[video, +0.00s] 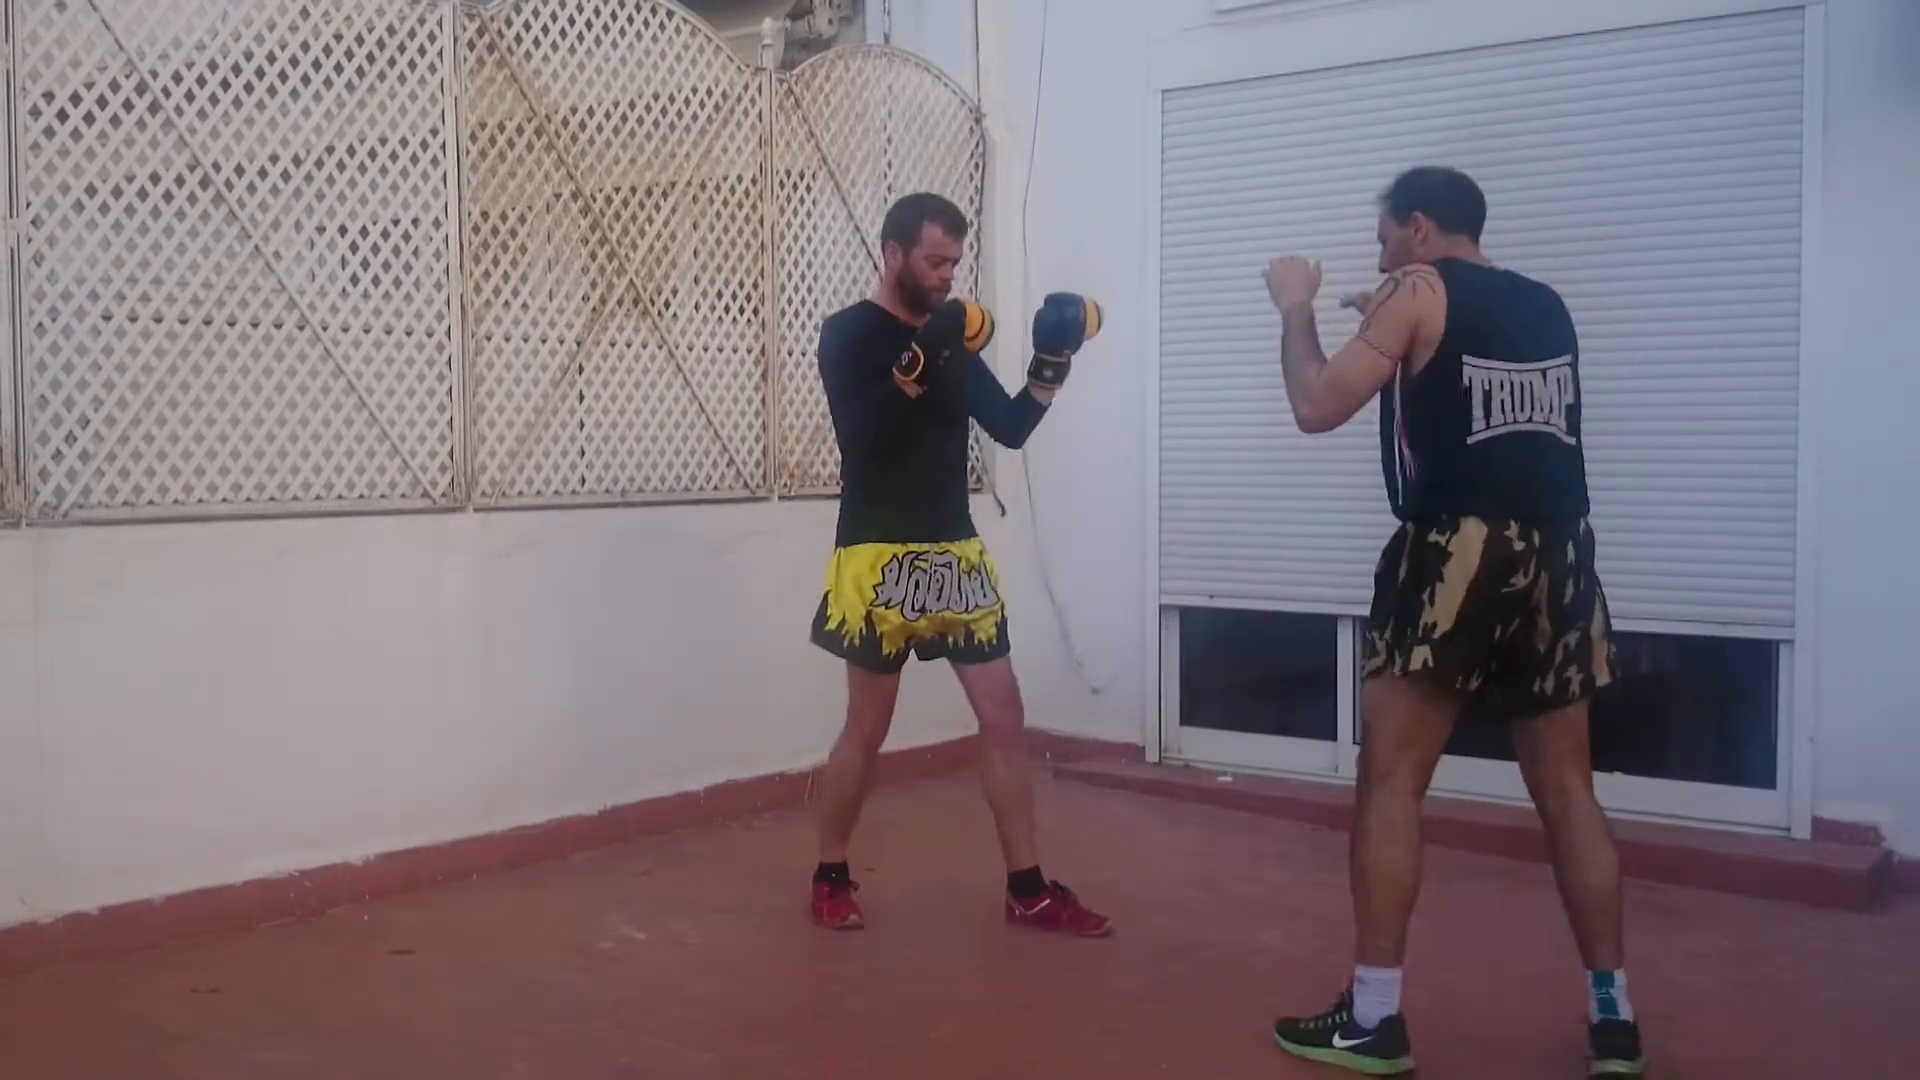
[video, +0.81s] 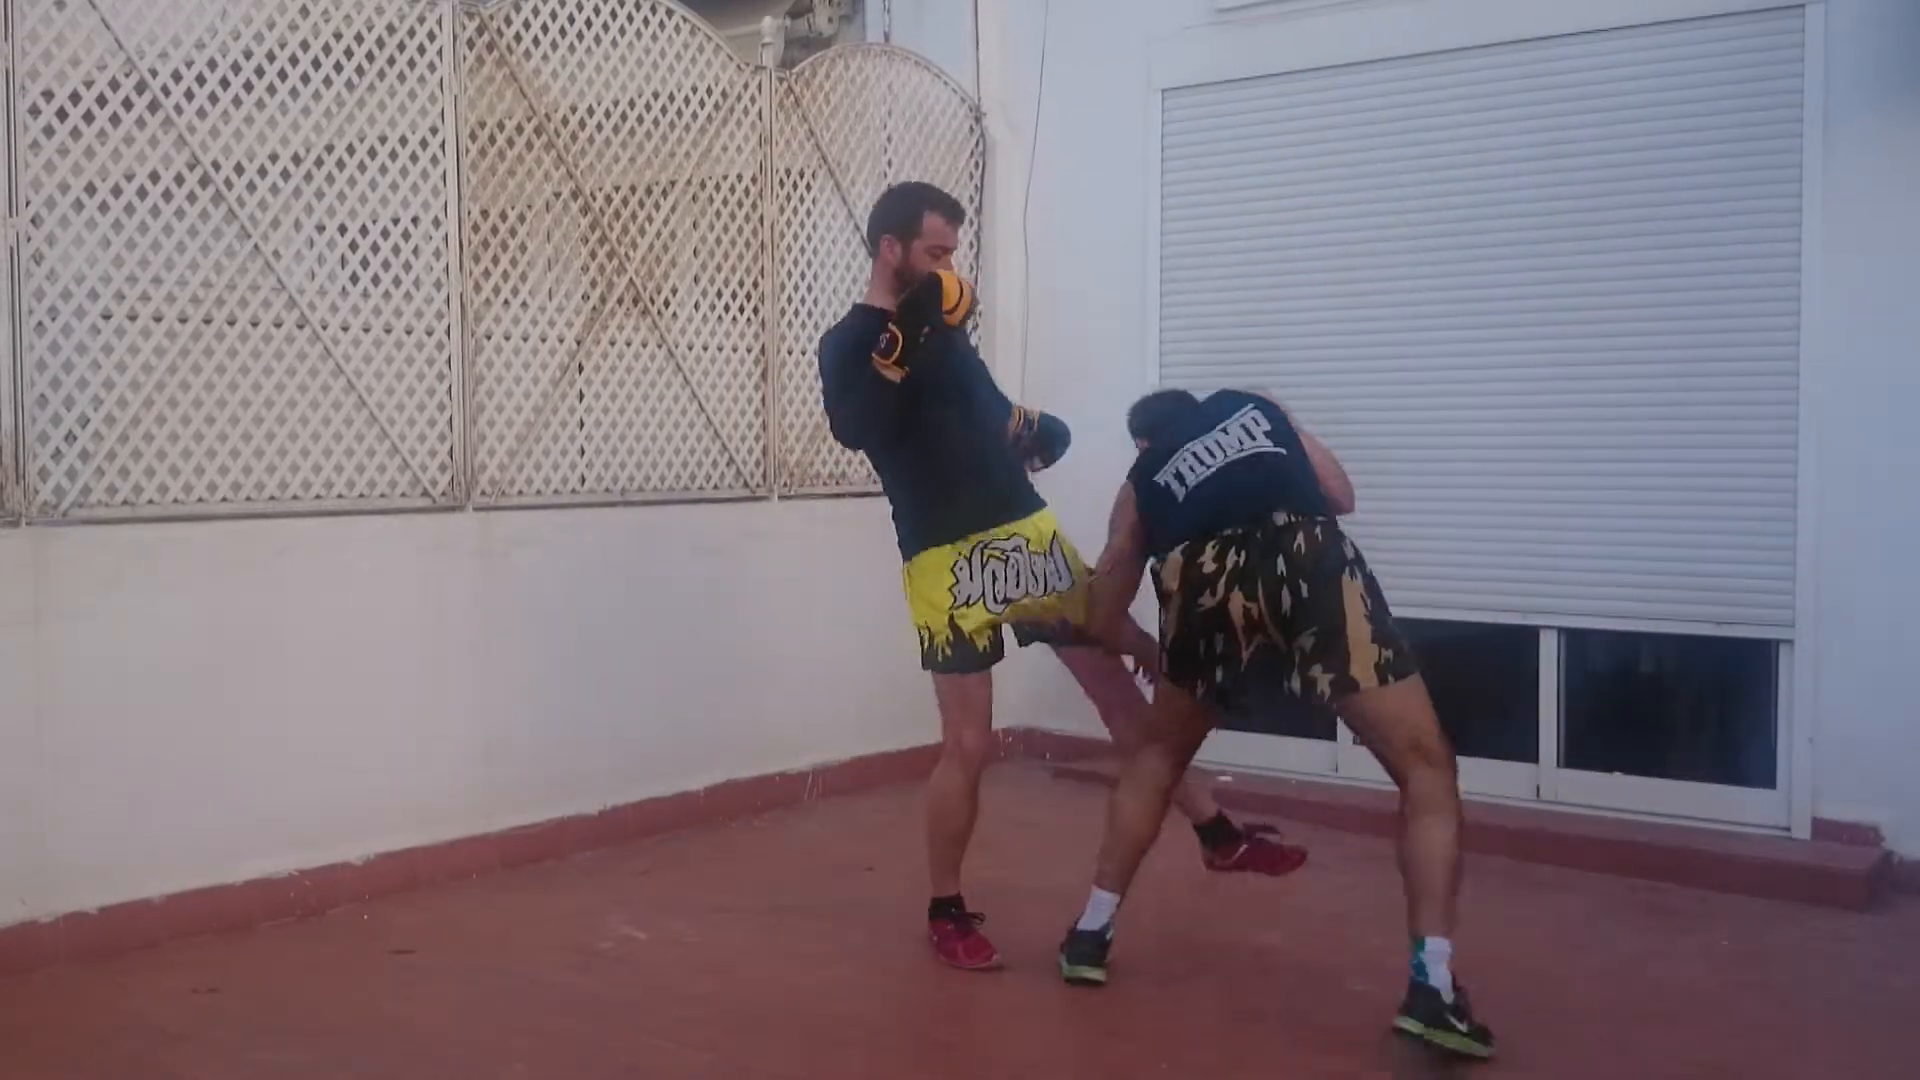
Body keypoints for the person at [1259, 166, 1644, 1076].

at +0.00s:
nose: (1386, 257)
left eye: (1387, 241)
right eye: (1383, 244)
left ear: (1417, 228)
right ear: (1472, 229)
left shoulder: (1417, 296)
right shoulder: (1545, 304)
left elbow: (1317, 405)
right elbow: (1480, 370)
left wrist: (1294, 311)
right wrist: (1397, 318)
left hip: (1453, 562)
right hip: (1559, 568)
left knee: (1392, 781)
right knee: (1568, 789)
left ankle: (1372, 1016)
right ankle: (1614, 1015)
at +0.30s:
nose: (1361, 284)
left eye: (1362, 270)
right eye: (1359, 273)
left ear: (1394, 252)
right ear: (1443, 252)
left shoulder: (1399, 314)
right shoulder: (1516, 324)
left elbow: (1296, 422)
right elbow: (1459, 403)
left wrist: (1274, 335)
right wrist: (1371, 358)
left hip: (1416, 565)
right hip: (1527, 580)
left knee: (1279, 719)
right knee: (1548, 797)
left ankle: (1301, 935)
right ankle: (1603, 1017)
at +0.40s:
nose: (1341, 309)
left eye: (1342, 295)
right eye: (1341, 297)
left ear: (1366, 283)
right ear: (1419, 284)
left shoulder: (1370, 338)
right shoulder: (1492, 348)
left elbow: (1264, 436)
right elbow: (1441, 421)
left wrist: (1252, 349)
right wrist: (1355, 370)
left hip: (1394, 580)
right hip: (1503, 590)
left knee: (1248, 722)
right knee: (1532, 807)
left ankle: (1194, 931)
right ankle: (1602, 1018)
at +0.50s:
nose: (1289, 360)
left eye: (1292, 348)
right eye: (1289, 350)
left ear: (1315, 342)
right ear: (1371, 341)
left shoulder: (1305, 388)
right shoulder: (1444, 386)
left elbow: (1197, 483)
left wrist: (1219, 414)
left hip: (1353, 604)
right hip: (1471, 611)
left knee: (1222, 753)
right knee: (1523, 810)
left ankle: (1111, 912)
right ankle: (1599, 1016)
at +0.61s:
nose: (1217, 420)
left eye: (1219, 411)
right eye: (1221, 413)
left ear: (1234, 408)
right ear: (1296, 396)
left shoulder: (1222, 450)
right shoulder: (1366, 408)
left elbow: (1123, 551)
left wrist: (1172, 496)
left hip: (1291, 615)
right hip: (1406, 609)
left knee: (1202, 774)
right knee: (1508, 805)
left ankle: (1095, 934)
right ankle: (1597, 1014)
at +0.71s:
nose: (1160, 459)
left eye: (1160, 447)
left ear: (1166, 447)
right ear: (1223, 420)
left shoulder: (1156, 488)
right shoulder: (1286, 423)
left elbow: (1090, 598)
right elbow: (1363, 508)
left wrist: (1113, 603)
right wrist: (1295, 464)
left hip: (1231, 601)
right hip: (1344, 585)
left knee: (1159, 758)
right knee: (1465, 791)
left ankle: (1088, 933)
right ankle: (1569, 999)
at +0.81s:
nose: (1136, 453)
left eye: (1135, 447)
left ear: (1144, 441)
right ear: (1197, 404)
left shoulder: (1139, 485)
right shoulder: (1260, 406)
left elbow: (1104, 626)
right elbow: (1339, 492)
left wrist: (1138, 645)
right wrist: (1262, 481)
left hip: (1204, 582)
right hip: (1312, 561)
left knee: (1159, 750)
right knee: (1425, 765)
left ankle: (1091, 931)